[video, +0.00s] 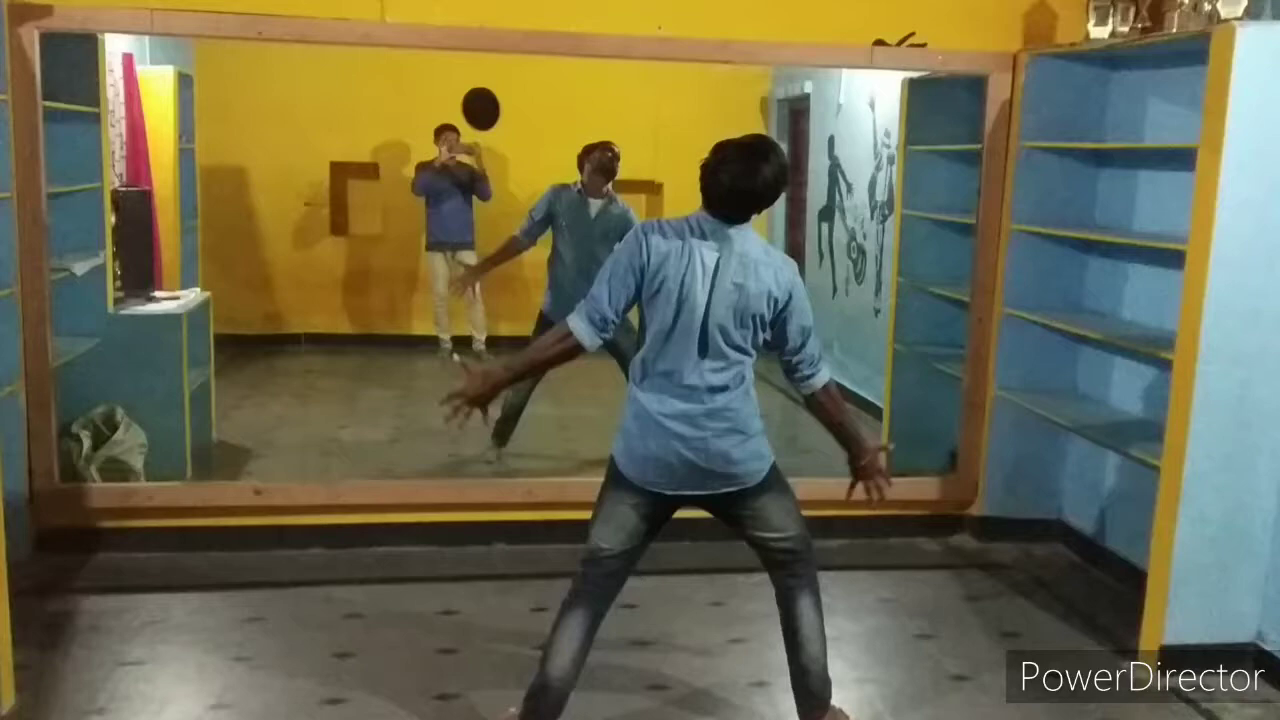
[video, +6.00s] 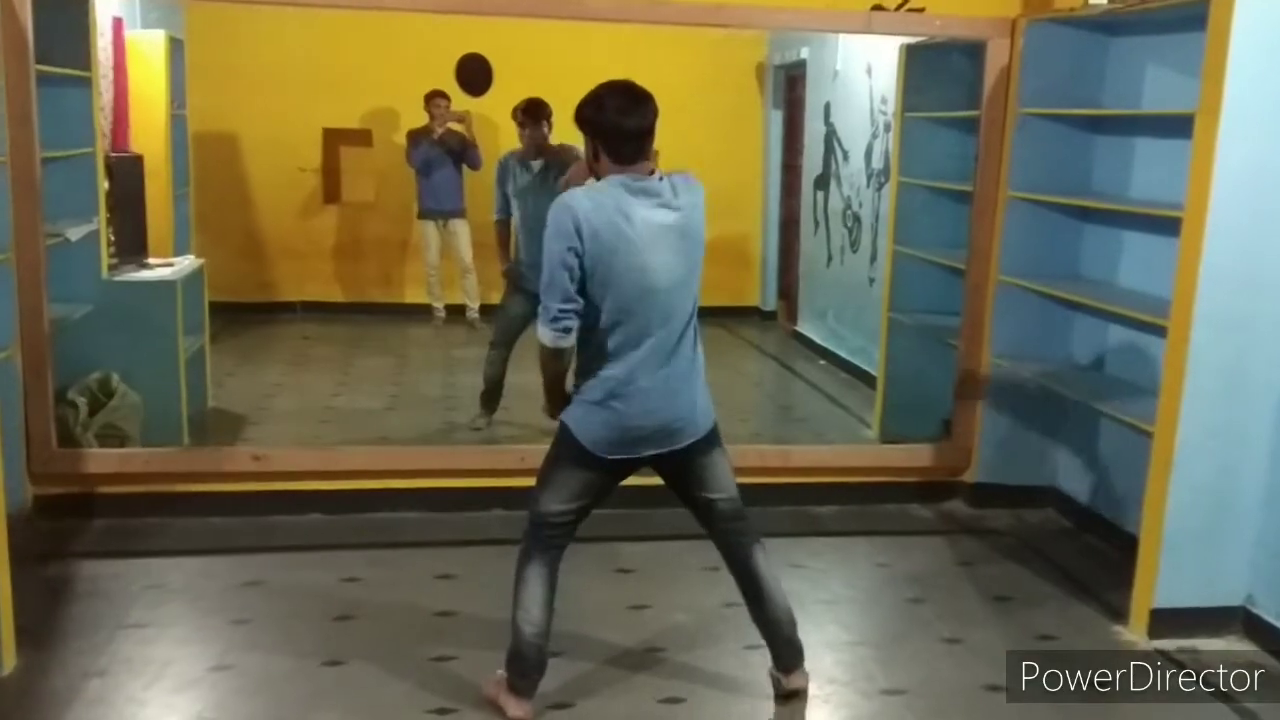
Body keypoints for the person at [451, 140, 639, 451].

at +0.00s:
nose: (613, 158)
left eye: (616, 155)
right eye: (606, 152)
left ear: (617, 169)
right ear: (585, 163)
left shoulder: (623, 216)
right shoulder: (559, 198)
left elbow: (640, 265)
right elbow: (523, 239)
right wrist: (477, 271)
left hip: (607, 310)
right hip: (560, 307)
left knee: (644, 376)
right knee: (526, 376)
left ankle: (664, 447)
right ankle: (496, 445)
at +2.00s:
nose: (602, 131)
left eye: (606, 125)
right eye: (593, 125)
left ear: (611, 131)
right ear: (578, 131)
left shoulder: (622, 174)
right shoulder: (556, 163)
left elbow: (668, 183)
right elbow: (505, 164)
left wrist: (693, 147)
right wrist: (478, 118)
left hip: (604, 283)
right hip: (556, 282)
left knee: (643, 350)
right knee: (521, 352)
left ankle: (661, 422)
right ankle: (494, 415)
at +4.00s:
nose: (533, 150)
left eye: (536, 143)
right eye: (528, 145)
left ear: (551, 135)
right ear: (523, 143)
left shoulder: (578, 162)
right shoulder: (528, 174)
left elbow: (612, 169)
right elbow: (539, 216)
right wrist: (543, 255)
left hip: (582, 270)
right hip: (542, 270)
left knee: (600, 339)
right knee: (512, 337)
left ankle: (628, 402)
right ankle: (490, 407)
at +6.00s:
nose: (526, 134)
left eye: (533, 127)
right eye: (522, 127)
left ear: (548, 127)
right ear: (516, 129)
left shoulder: (569, 159)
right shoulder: (508, 165)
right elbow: (503, 217)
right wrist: (505, 261)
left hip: (569, 274)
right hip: (528, 273)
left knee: (591, 344)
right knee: (499, 343)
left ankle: (587, 407)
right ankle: (486, 410)